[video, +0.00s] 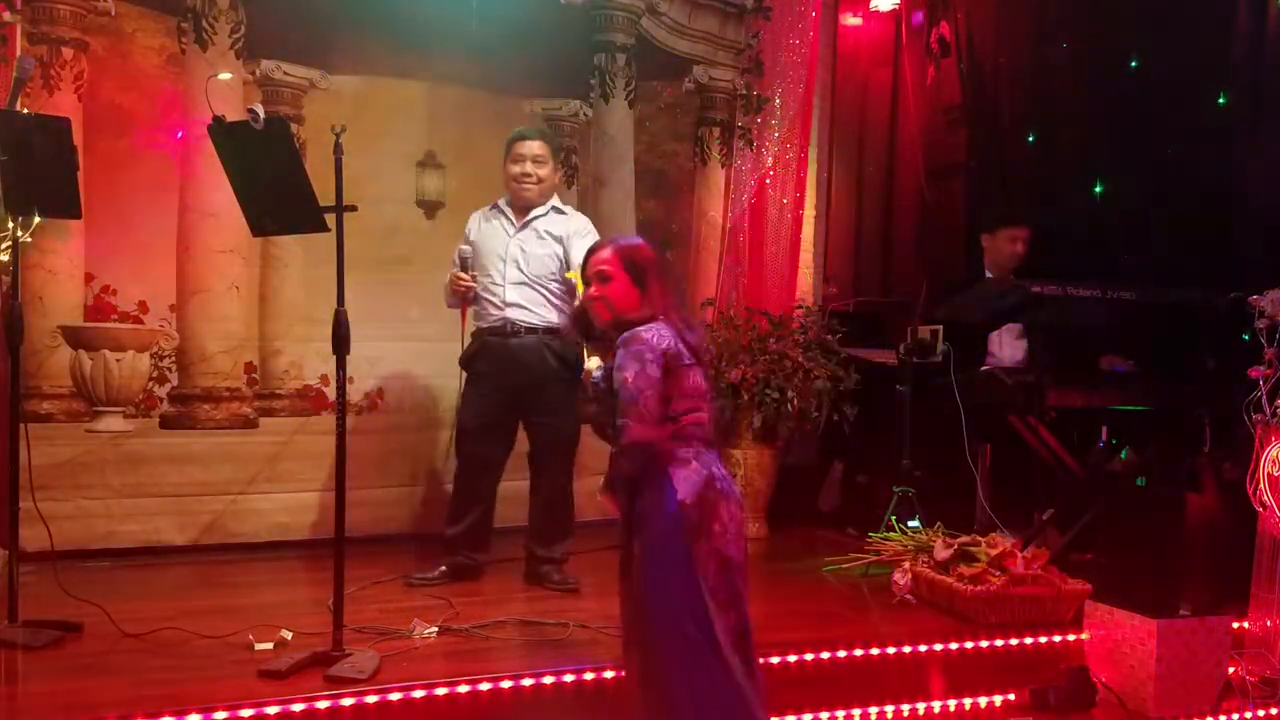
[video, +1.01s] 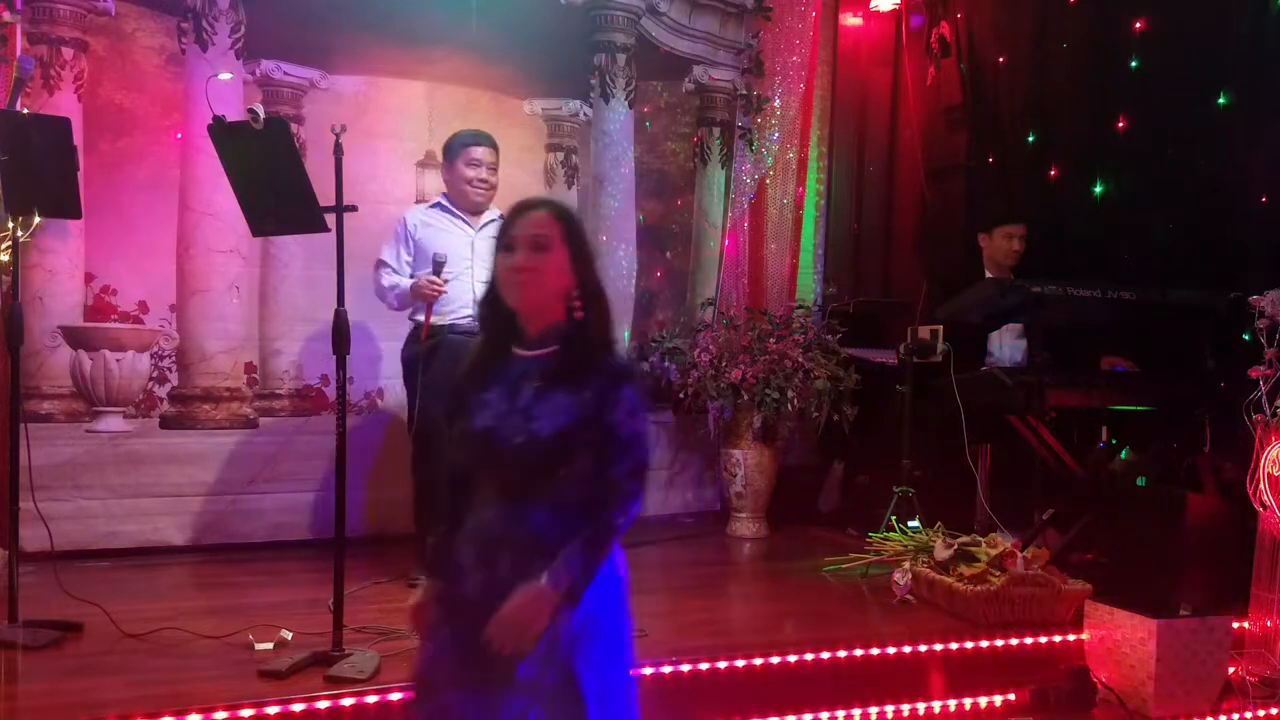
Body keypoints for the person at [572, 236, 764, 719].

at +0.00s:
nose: (593, 291)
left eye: (604, 279)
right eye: (589, 282)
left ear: (639, 283)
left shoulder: (640, 342)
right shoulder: (676, 336)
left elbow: (640, 433)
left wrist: (614, 486)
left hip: (671, 494)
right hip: (708, 484)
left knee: (671, 622)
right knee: (705, 616)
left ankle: (686, 714)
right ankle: (721, 710)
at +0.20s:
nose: (592, 281)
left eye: (606, 268)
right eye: (584, 272)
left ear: (640, 278)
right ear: (577, 286)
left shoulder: (650, 342)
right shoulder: (630, 343)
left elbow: (658, 442)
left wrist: (617, 487)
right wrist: (619, 483)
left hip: (677, 506)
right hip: (659, 503)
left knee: (670, 633)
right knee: (655, 629)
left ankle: (681, 714)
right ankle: (663, 711)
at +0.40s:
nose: (598, 272)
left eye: (615, 262)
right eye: (587, 261)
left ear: (641, 277)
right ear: (574, 278)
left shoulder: (657, 348)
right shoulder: (597, 358)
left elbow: (685, 448)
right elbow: (587, 471)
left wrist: (619, 503)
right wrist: (562, 556)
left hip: (665, 546)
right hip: (623, 548)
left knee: (664, 688)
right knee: (634, 687)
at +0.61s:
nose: (596, 269)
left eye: (614, 259)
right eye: (584, 256)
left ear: (638, 277)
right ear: (566, 273)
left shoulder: (654, 362)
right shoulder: (561, 363)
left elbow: (684, 466)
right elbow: (554, 468)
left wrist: (603, 523)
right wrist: (521, 504)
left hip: (639, 567)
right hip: (571, 563)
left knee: (627, 700)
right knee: (573, 696)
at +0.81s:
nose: (574, 260)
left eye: (591, 249)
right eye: (560, 248)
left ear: (617, 269)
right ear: (541, 267)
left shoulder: (639, 359)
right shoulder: (528, 362)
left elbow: (673, 470)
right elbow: (498, 469)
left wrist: (587, 535)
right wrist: (463, 546)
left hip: (620, 572)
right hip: (532, 569)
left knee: (615, 706)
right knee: (503, 700)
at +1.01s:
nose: (520, 260)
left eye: (539, 245)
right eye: (508, 247)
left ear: (575, 269)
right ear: (494, 267)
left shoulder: (605, 376)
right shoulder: (475, 372)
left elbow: (621, 498)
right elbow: (455, 486)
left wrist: (551, 587)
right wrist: (435, 576)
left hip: (571, 582)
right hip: (472, 580)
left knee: (573, 709)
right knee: (455, 708)